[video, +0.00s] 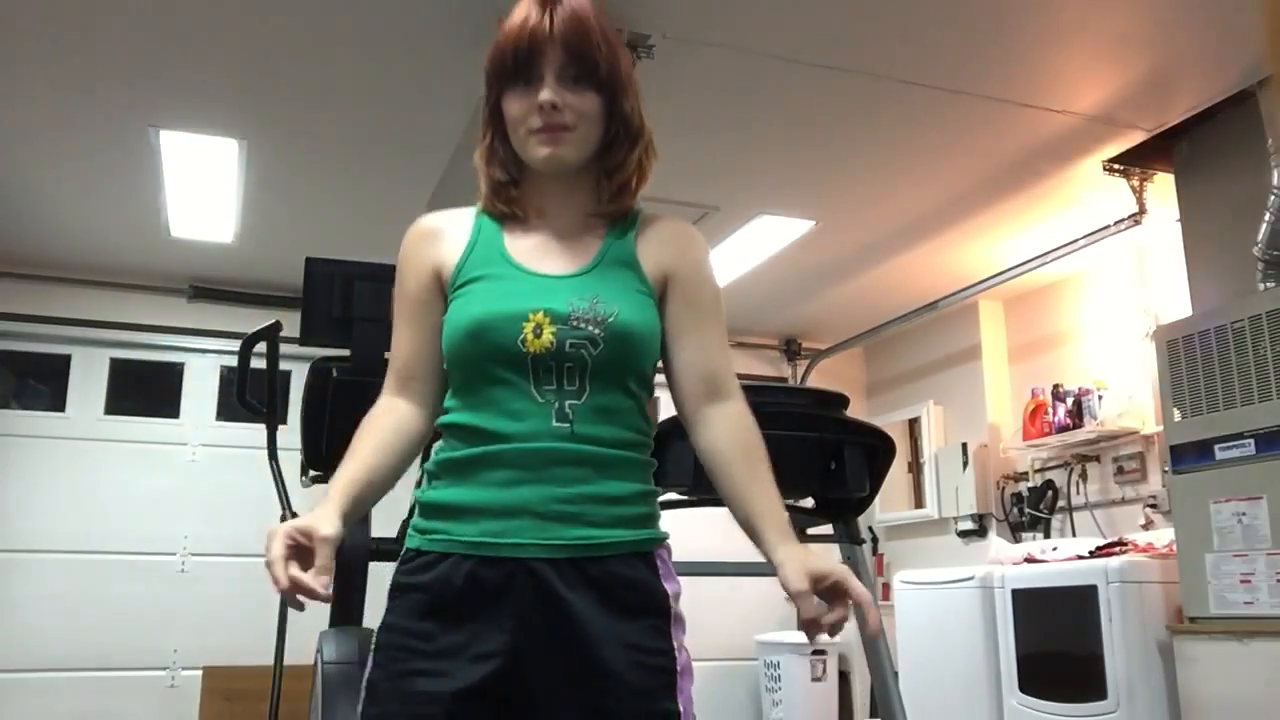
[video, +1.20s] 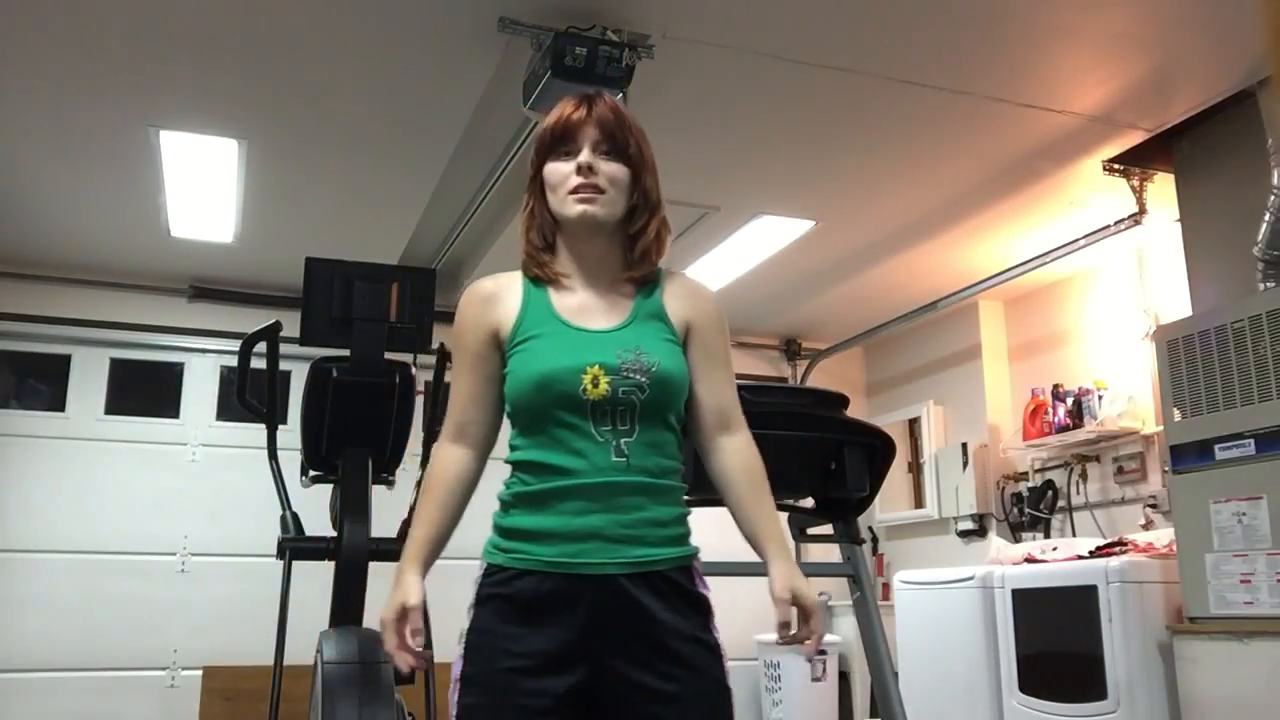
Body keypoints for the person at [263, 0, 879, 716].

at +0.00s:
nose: (549, 102)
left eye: (575, 81)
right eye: (525, 83)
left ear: (614, 101)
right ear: (498, 105)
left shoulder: (668, 247)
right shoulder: (439, 241)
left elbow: (715, 405)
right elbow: (405, 398)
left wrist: (788, 551)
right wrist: (331, 508)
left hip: (610, 597)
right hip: (450, 589)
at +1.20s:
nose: (586, 165)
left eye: (609, 153)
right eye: (566, 153)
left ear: (637, 183)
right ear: (540, 183)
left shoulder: (687, 303)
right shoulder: (494, 302)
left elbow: (726, 436)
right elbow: (462, 443)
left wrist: (780, 560)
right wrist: (411, 569)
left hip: (661, 602)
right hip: (526, 601)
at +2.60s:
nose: (556, 195)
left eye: (577, 178)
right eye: (536, 180)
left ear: (608, 199)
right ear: (515, 202)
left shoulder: (667, 317)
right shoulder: (476, 326)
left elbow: (705, 435)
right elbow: (454, 459)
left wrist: (730, 539)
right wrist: (349, 543)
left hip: (624, 622)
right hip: (488, 617)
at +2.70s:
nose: (562, 216)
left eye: (583, 200)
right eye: (542, 202)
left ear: (615, 221)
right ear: (519, 228)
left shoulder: (671, 322)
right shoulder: (488, 344)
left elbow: (717, 420)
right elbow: (425, 465)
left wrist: (739, 474)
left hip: (631, 629)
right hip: (498, 618)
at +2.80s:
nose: (578, 194)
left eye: (601, 177)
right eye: (558, 178)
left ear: (631, 198)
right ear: (537, 201)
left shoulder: (679, 293)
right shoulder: (504, 310)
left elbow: (741, 388)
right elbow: (407, 404)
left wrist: (752, 443)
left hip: (648, 607)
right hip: (517, 601)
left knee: (696, 708)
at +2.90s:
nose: (603, 176)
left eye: (627, 159)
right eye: (584, 160)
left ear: (656, 179)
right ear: (561, 180)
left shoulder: (692, 268)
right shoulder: (529, 282)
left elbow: (751, 365)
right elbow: (436, 339)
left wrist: (775, 471)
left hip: (669, 570)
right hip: (545, 572)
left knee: (710, 710)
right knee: (517, 708)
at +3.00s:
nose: (626, 192)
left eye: (650, 177)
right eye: (610, 173)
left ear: (679, 199)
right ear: (584, 190)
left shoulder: (716, 292)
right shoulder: (556, 299)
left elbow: (768, 412)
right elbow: (487, 322)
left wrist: (799, 542)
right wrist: (530, 206)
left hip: (698, 591)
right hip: (582, 595)